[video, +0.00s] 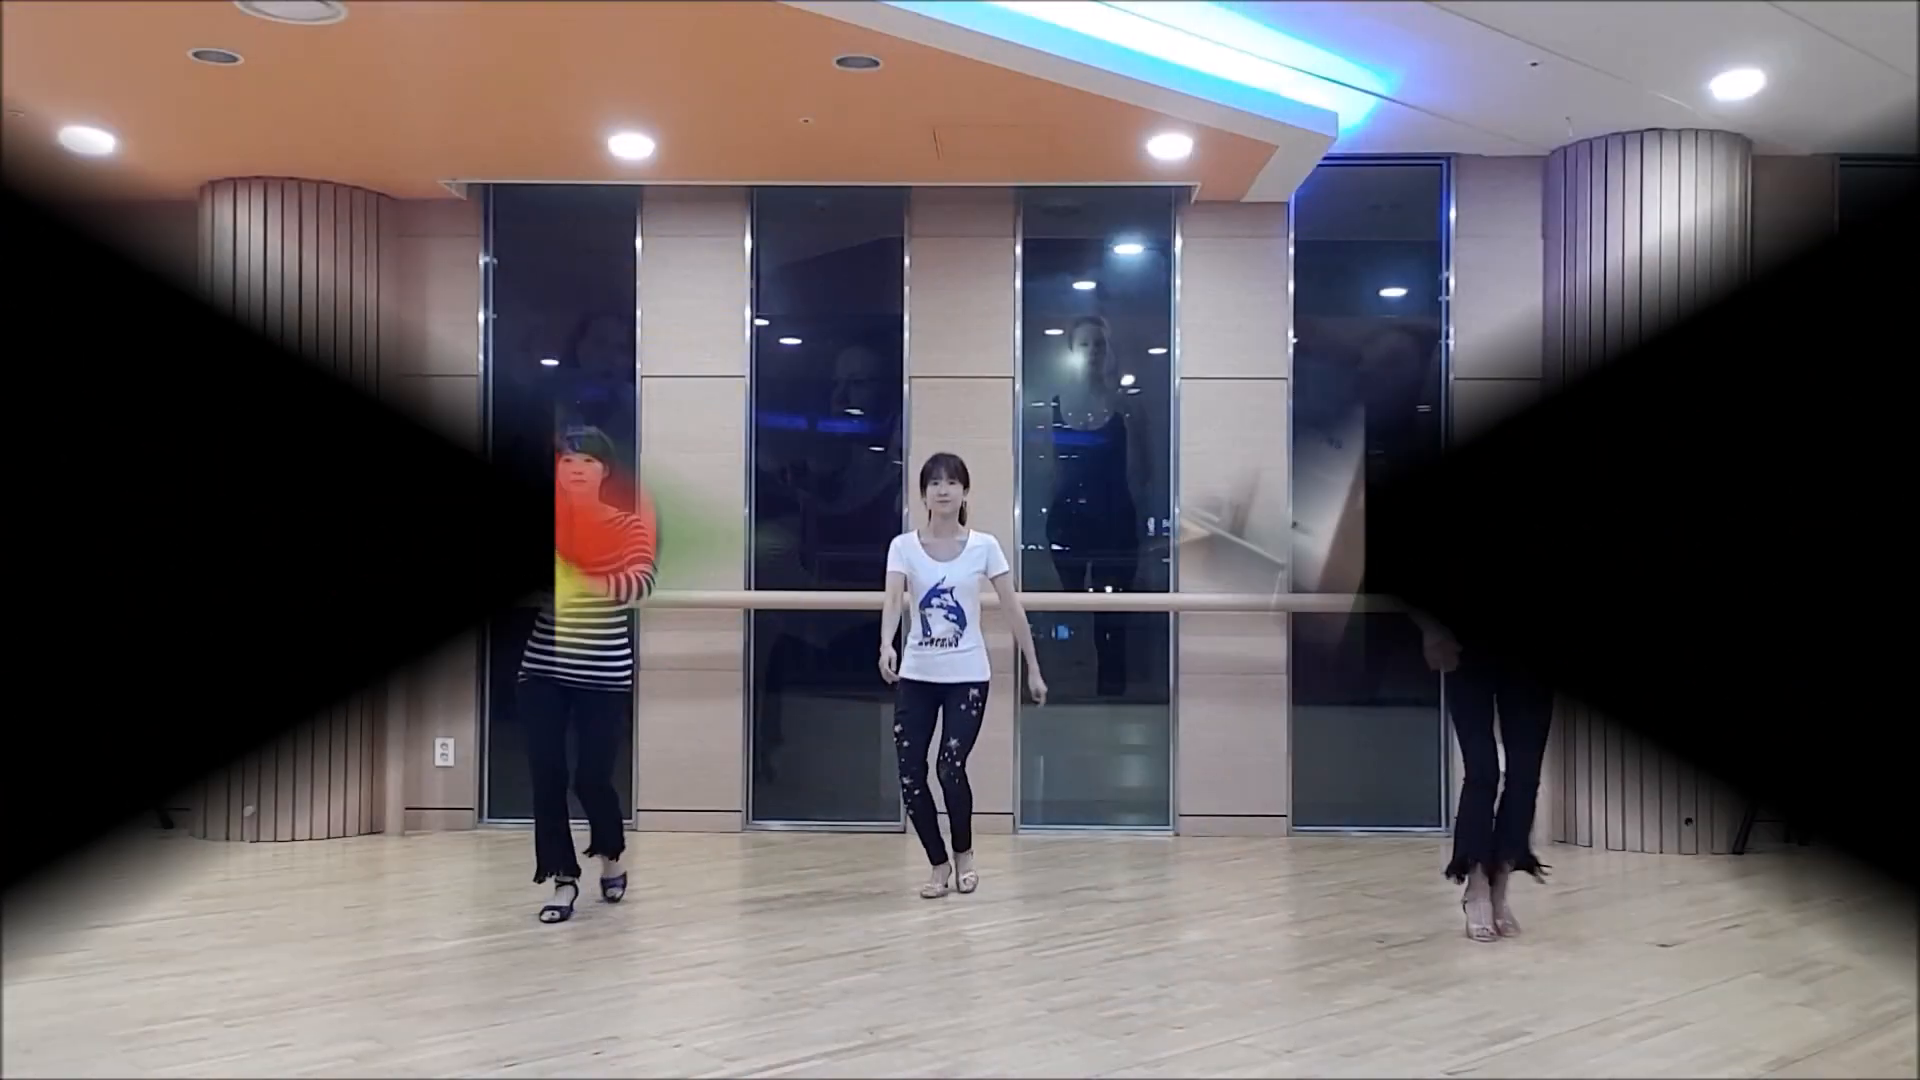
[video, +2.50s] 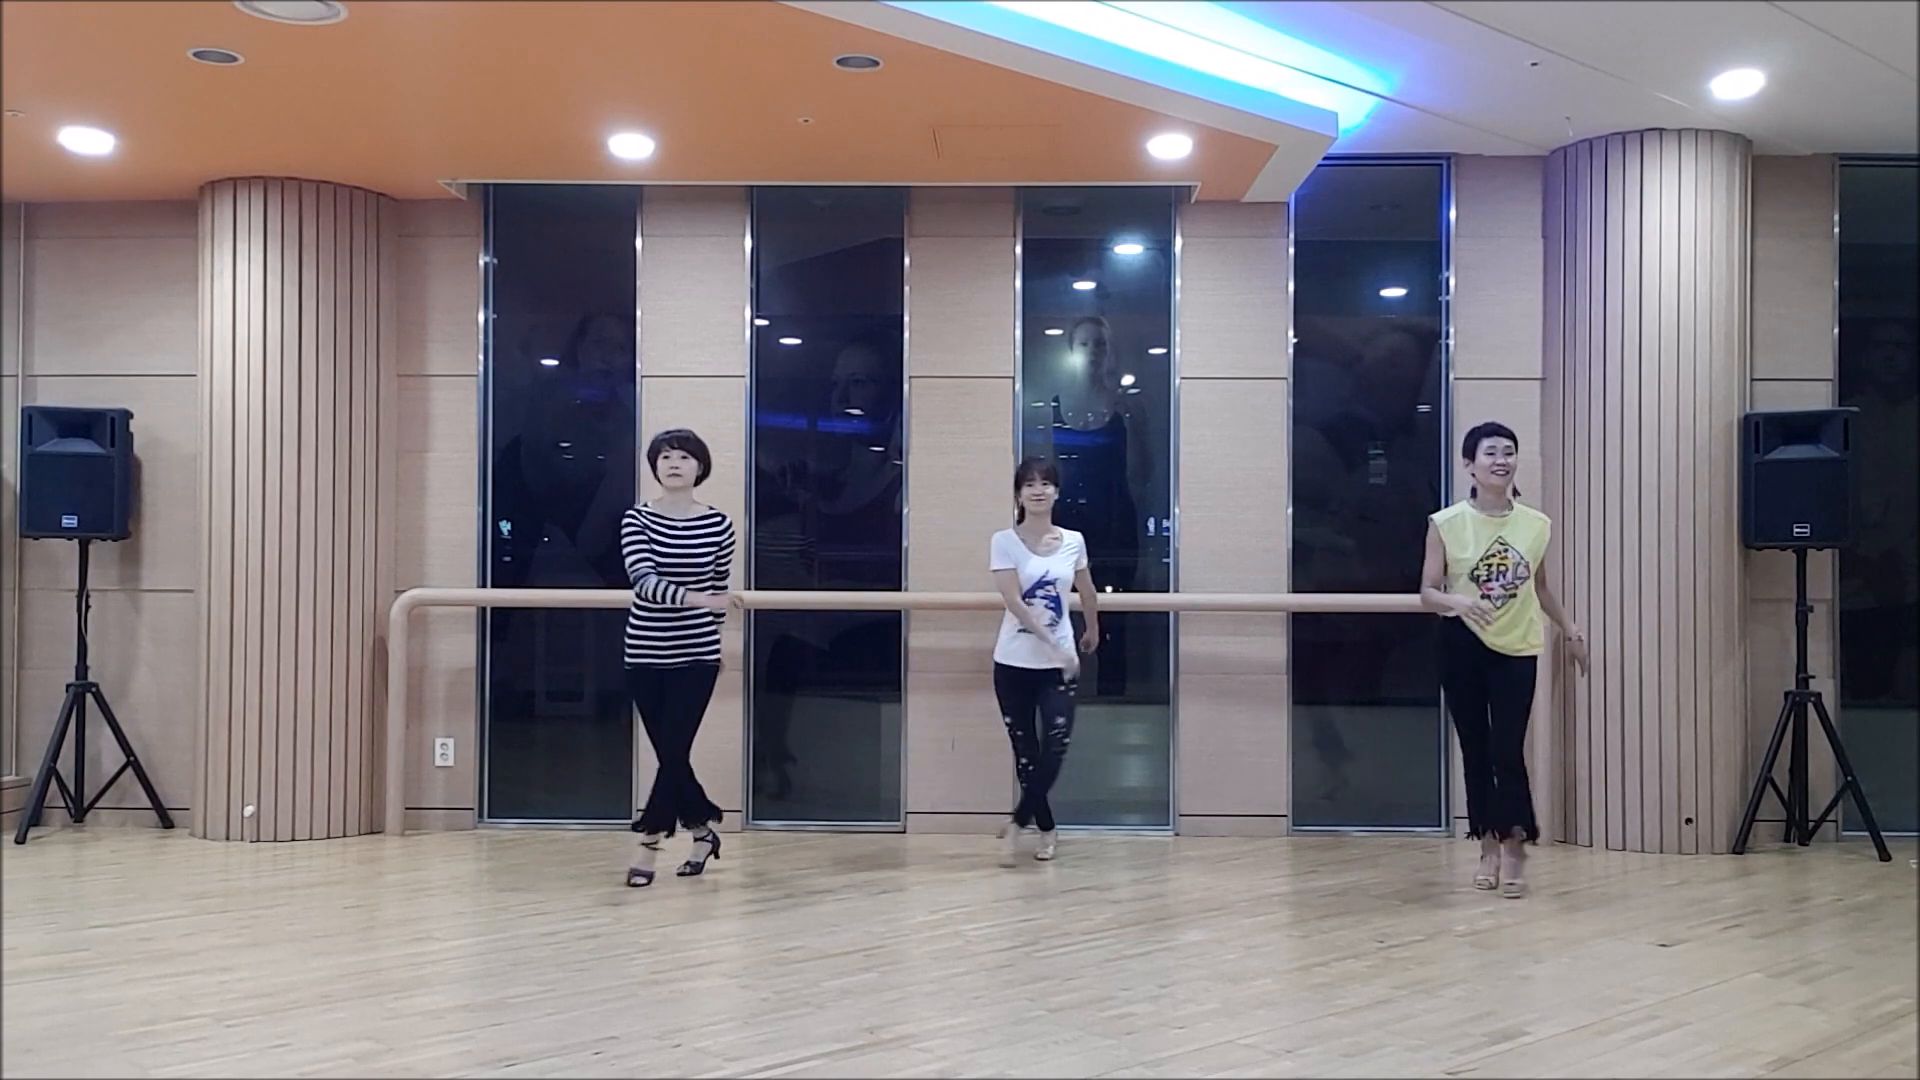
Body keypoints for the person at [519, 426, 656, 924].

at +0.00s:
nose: (572, 472)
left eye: (582, 463)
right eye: (565, 462)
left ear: (604, 469)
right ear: (555, 467)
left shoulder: (629, 517)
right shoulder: (549, 511)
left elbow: (640, 577)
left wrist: (587, 581)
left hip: (604, 667)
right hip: (542, 661)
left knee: (591, 778)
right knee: (546, 775)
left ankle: (611, 854)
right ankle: (562, 881)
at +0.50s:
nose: (613, 470)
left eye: (623, 463)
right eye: (605, 462)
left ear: (640, 468)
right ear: (595, 466)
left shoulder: (656, 515)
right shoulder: (580, 516)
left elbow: (648, 545)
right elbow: (547, 570)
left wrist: (632, 567)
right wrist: (489, 579)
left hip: (647, 657)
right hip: (589, 656)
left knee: (642, 756)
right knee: (583, 756)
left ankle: (635, 850)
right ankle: (577, 866)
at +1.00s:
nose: (620, 470)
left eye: (631, 462)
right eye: (613, 462)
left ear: (648, 469)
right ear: (604, 468)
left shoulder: (666, 522)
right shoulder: (589, 520)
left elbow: (682, 587)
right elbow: (577, 586)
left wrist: (689, 650)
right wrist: (564, 642)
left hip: (657, 655)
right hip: (602, 655)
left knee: (648, 755)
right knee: (612, 746)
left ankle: (635, 850)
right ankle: (602, 842)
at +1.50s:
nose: (629, 463)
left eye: (639, 457)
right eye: (621, 456)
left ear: (656, 467)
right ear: (611, 465)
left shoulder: (671, 522)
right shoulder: (592, 517)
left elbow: (701, 591)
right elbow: (562, 577)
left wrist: (696, 571)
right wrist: (515, 601)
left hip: (657, 653)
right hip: (602, 652)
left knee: (649, 756)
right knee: (601, 747)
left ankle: (635, 851)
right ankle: (574, 840)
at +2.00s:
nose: (635, 463)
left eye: (645, 457)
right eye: (628, 457)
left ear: (662, 467)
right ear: (616, 466)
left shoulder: (678, 517)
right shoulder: (604, 514)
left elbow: (670, 560)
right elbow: (578, 583)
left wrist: (631, 519)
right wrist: (524, 606)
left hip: (644, 656)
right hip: (587, 647)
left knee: (631, 755)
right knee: (560, 745)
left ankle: (632, 853)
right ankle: (527, 850)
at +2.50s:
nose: (674, 464)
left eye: (684, 457)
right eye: (665, 458)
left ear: (700, 467)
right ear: (654, 468)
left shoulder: (719, 523)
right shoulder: (636, 519)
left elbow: (721, 592)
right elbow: (644, 582)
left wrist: (715, 643)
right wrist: (700, 599)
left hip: (697, 652)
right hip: (644, 651)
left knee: (674, 750)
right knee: (669, 750)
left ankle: (647, 845)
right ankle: (705, 831)